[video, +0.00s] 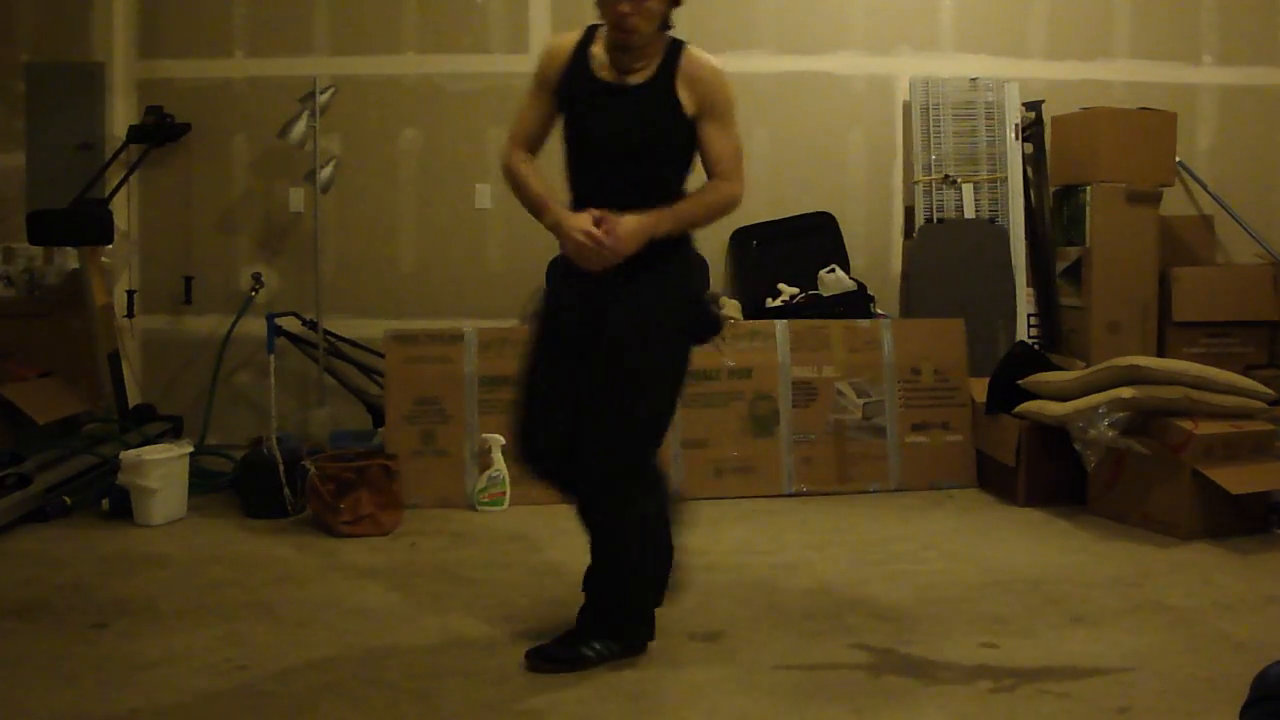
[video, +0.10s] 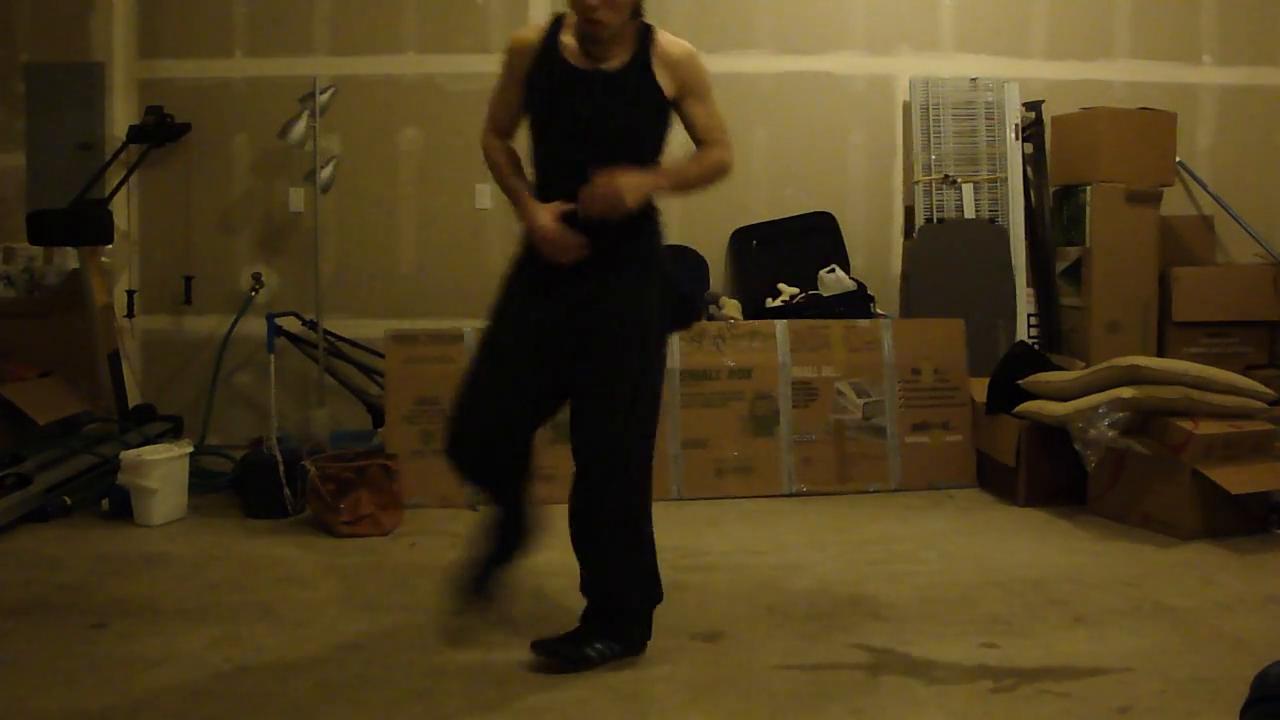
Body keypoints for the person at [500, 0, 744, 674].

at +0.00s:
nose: (625, 13)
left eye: (641, 1)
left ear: (669, 5)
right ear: (598, 1)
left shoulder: (699, 77)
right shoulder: (565, 58)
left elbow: (728, 188)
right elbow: (516, 154)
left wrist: (645, 226)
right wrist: (557, 217)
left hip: (658, 283)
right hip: (580, 278)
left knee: (619, 451)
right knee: (545, 438)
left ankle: (619, 624)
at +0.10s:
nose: (595, 8)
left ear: (635, 1)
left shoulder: (672, 60)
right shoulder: (533, 50)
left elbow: (719, 155)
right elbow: (495, 136)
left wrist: (648, 181)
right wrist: (530, 209)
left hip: (627, 274)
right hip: (548, 270)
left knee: (610, 455)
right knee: (478, 434)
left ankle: (618, 624)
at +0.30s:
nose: (531, 20)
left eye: (549, 8)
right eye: (522, 7)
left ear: (581, 18)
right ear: (508, 14)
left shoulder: (612, 92)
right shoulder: (471, 79)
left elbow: (663, 196)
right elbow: (428, 157)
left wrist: (638, 172)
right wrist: (418, 236)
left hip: (566, 303)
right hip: (477, 297)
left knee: (620, 455)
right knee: (424, 446)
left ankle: (631, 620)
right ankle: (352, 564)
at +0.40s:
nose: (519, 22)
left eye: (536, 10)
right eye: (512, 10)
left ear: (575, 15)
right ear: (503, 14)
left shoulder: (614, 86)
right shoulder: (475, 81)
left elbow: (631, 184)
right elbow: (412, 149)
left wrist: (642, 242)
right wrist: (388, 221)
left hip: (560, 304)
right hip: (474, 299)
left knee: (591, 468)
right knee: (416, 448)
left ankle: (613, 619)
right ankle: (352, 570)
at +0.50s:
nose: (526, 9)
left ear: (578, 3)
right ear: (510, 6)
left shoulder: (632, 71)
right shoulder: (497, 67)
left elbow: (655, 184)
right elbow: (431, 127)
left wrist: (660, 285)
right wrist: (420, 152)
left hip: (581, 287)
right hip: (500, 280)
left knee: (571, 458)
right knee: (435, 432)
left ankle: (598, 619)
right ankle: (373, 567)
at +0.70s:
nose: (576, 7)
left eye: (588, 2)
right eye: (568, 0)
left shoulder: (660, 36)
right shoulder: (529, 24)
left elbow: (692, 145)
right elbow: (433, 88)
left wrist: (704, 245)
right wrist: (527, 60)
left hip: (615, 260)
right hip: (535, 252)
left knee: (590, 435)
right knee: (505, 418)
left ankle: (591, 614)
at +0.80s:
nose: (596, 4)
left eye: (607, 2)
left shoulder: (670, 36)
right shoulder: (537, 22)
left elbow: (703, 134)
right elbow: (463, 99)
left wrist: (719, 225)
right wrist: (562, 61)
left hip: (631, 248)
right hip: (556, 244)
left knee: (602, 421)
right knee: (576, 416)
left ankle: (582, 620)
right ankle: (697, 526)